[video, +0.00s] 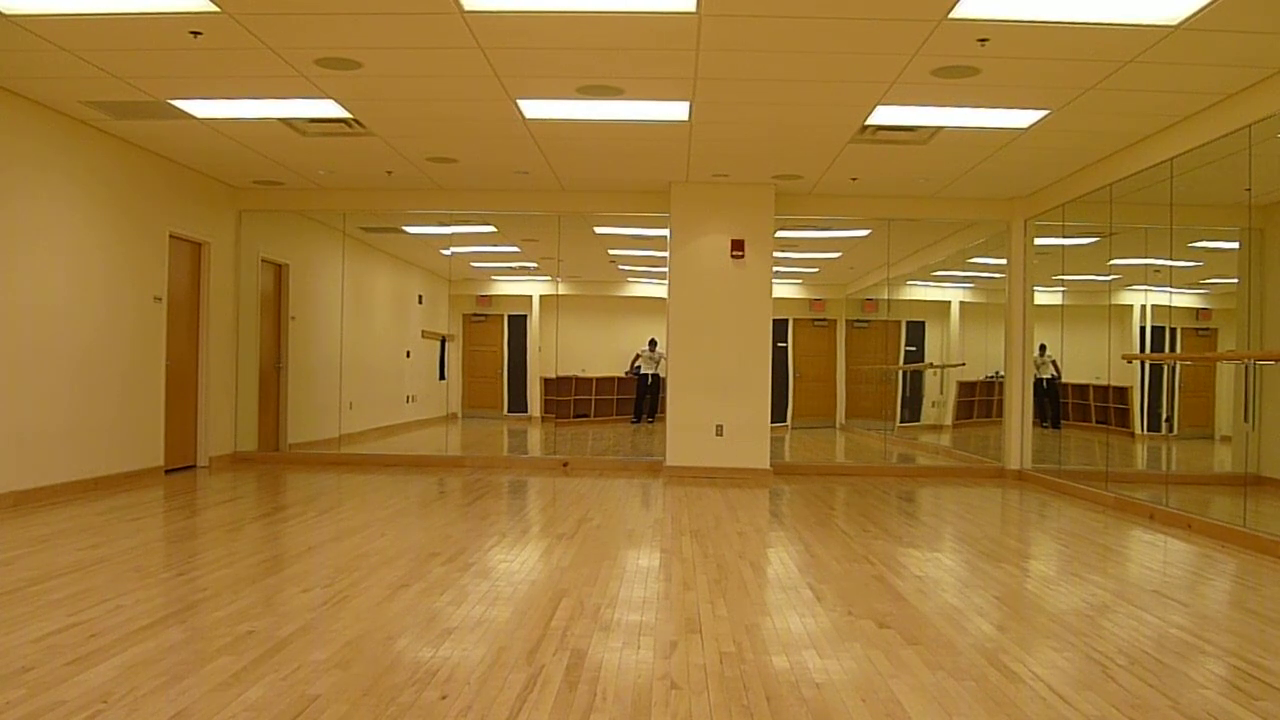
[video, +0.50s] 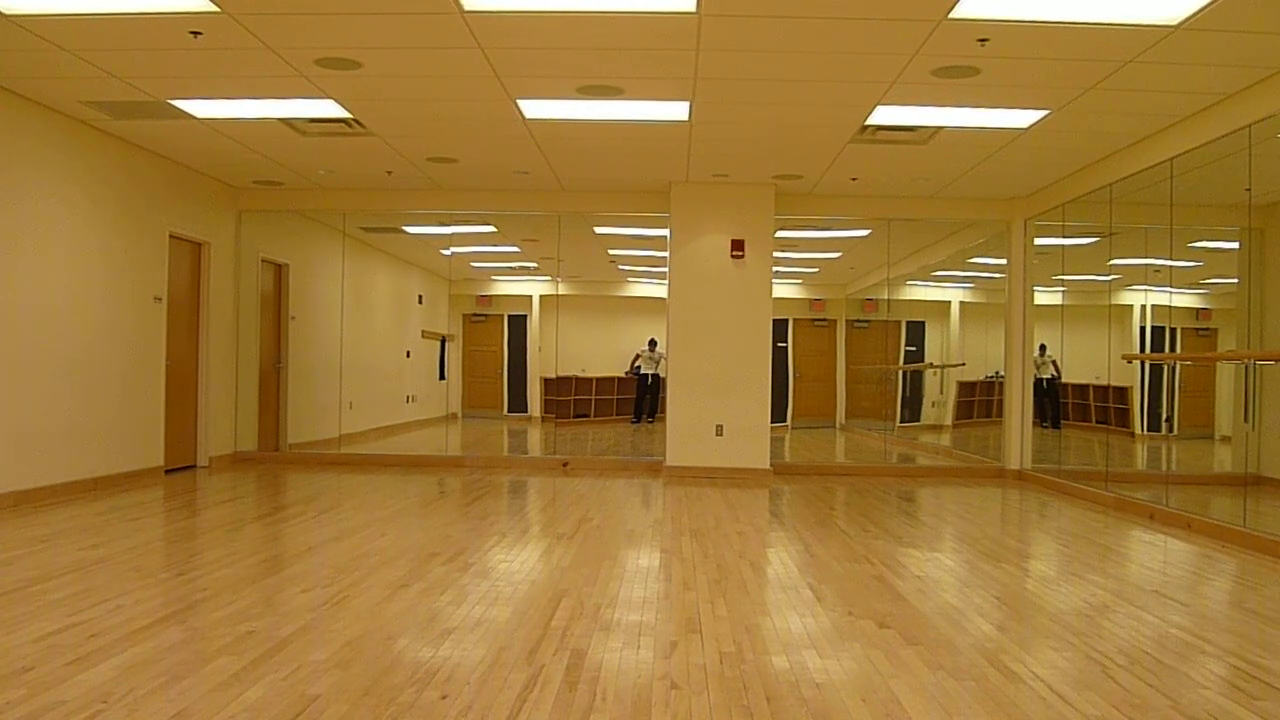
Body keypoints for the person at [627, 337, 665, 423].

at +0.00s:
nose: (652, 349)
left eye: (653, 347)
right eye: (650, 347)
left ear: (656, 347)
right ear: (648, 346)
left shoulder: (660, 354)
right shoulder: (642, 352)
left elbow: (668, 362)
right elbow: (634, 360)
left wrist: (668, 373)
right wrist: (631, 370)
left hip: (654, 373)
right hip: (643, 373)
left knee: (654, 396)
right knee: (640, 395)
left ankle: (651, 416)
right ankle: (637, 416)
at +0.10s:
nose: (652, 349)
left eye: (653, 347)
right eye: (650, 347)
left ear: (656, 347)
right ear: (648, 346)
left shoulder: (660, 354)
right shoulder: (642, 352)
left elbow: (668, 361)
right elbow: (634, 360)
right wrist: (630, 370)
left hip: (654, 373)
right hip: (643, 373)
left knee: (654, 396)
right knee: (640, 395)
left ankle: (651, 416)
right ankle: (637, 416)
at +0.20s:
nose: (652, 349)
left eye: (653, 347)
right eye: (650, 347)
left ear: (656, 347)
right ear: (648, 346)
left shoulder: (660, 354)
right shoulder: (642, 352)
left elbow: (668, 362)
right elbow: (634, 360)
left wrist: (668, 373)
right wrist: (631, 370)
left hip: (654, 373)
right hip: (643, 373)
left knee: (654, 396)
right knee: (640, 395)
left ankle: (651, 416)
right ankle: (637, 416)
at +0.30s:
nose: (652, 349)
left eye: (653, 347)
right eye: (650, 347)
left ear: (656, 347)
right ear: (648, 346)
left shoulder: (660, 354)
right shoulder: (642, 352)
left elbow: (668, 361)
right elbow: (634, 360)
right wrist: (630, 370)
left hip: (654, 374)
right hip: (643, 373)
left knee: (654, 396)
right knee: (640, 395)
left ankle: (651, 416)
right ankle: (637, 416)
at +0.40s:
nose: (652, 349)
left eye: (653, 347)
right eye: (650, 347)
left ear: (656, 347)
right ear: (648, 346)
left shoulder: (660, 354)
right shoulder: (642, 352)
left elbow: (668, 361)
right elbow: (634, 360)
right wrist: (630, 370)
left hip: (654, 373)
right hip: (643, 373)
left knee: (654, 396)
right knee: (640, 395)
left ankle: (651, 416)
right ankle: (637, 416)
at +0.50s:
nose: (652, 349)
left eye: (653, 347)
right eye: (650, 347)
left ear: (656, 347)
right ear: (648, 346)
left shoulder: (660, 354)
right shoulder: (642, 352)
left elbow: (668, 361)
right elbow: (634, 360)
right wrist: (630, 369)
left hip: (654, 373)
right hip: (643, 373)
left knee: (654, 396)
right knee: (640, 395)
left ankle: (651, 416)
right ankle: (637, 416)